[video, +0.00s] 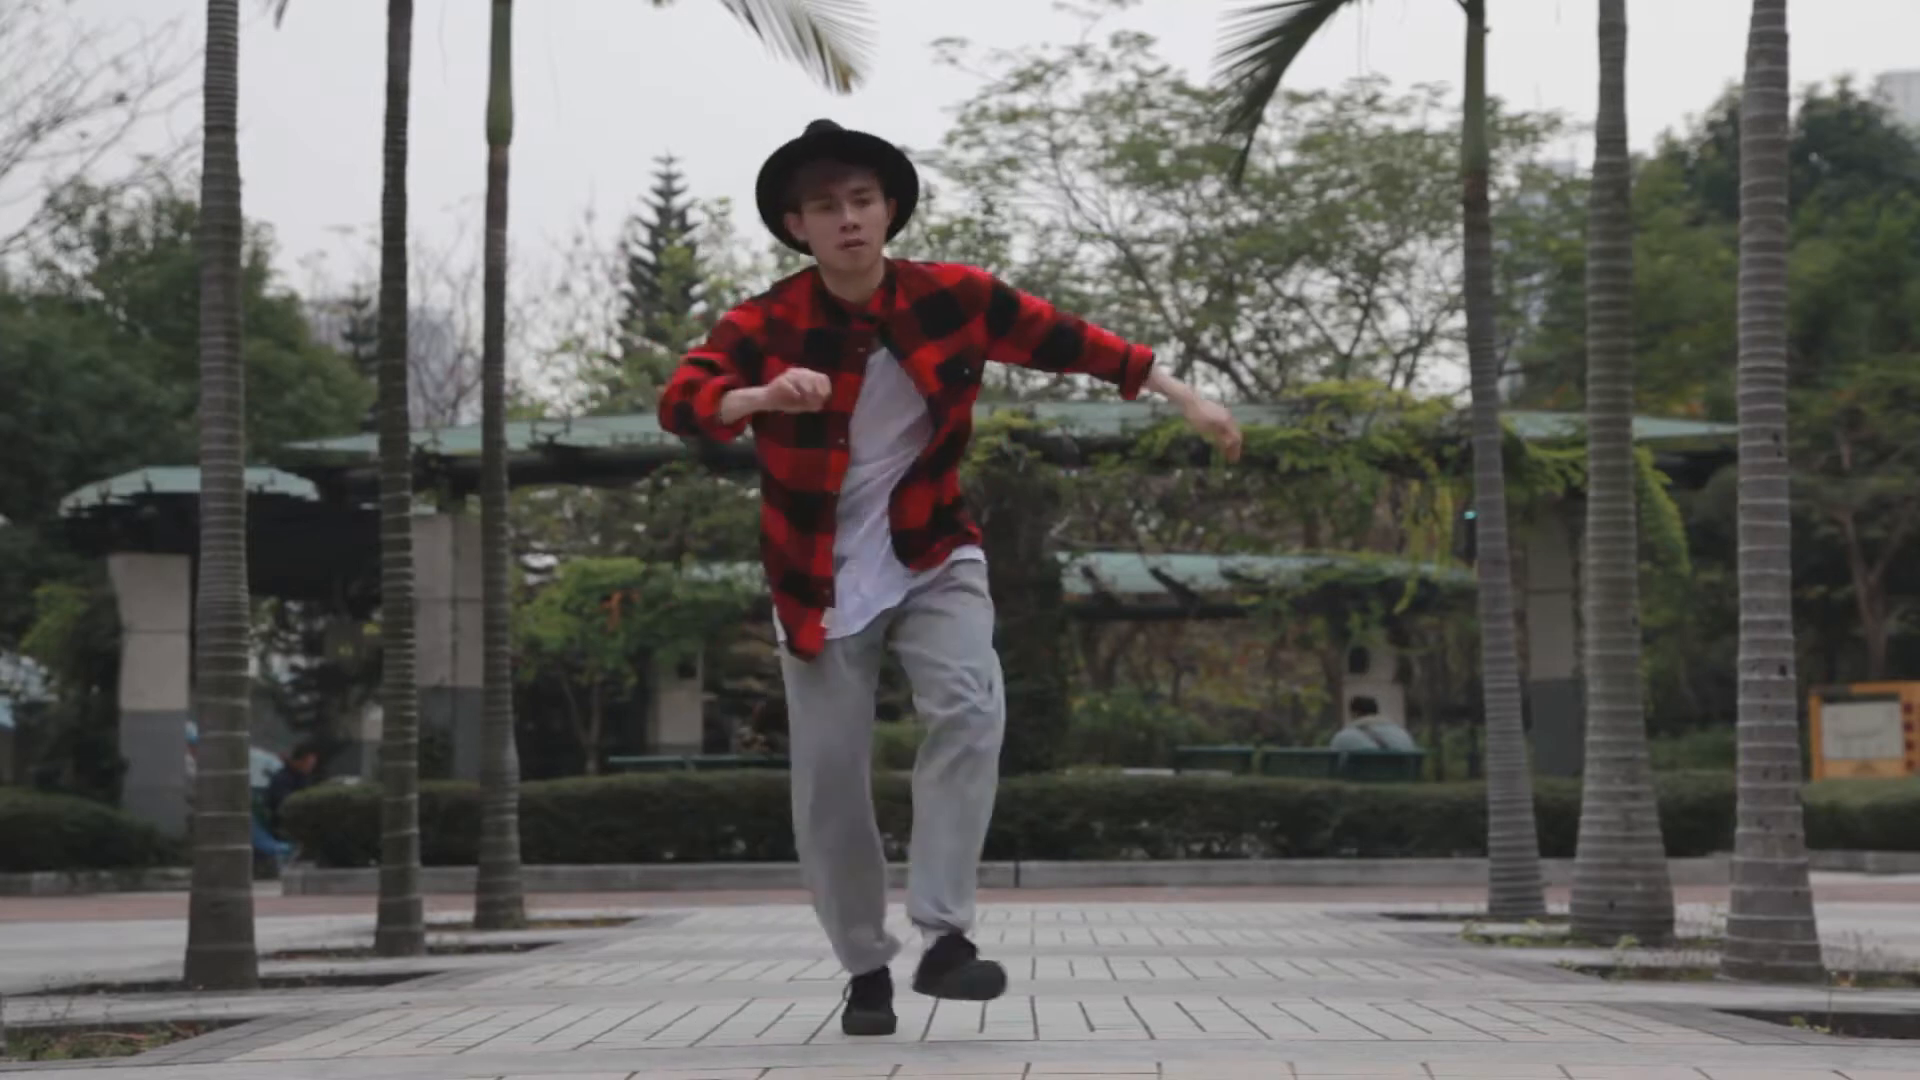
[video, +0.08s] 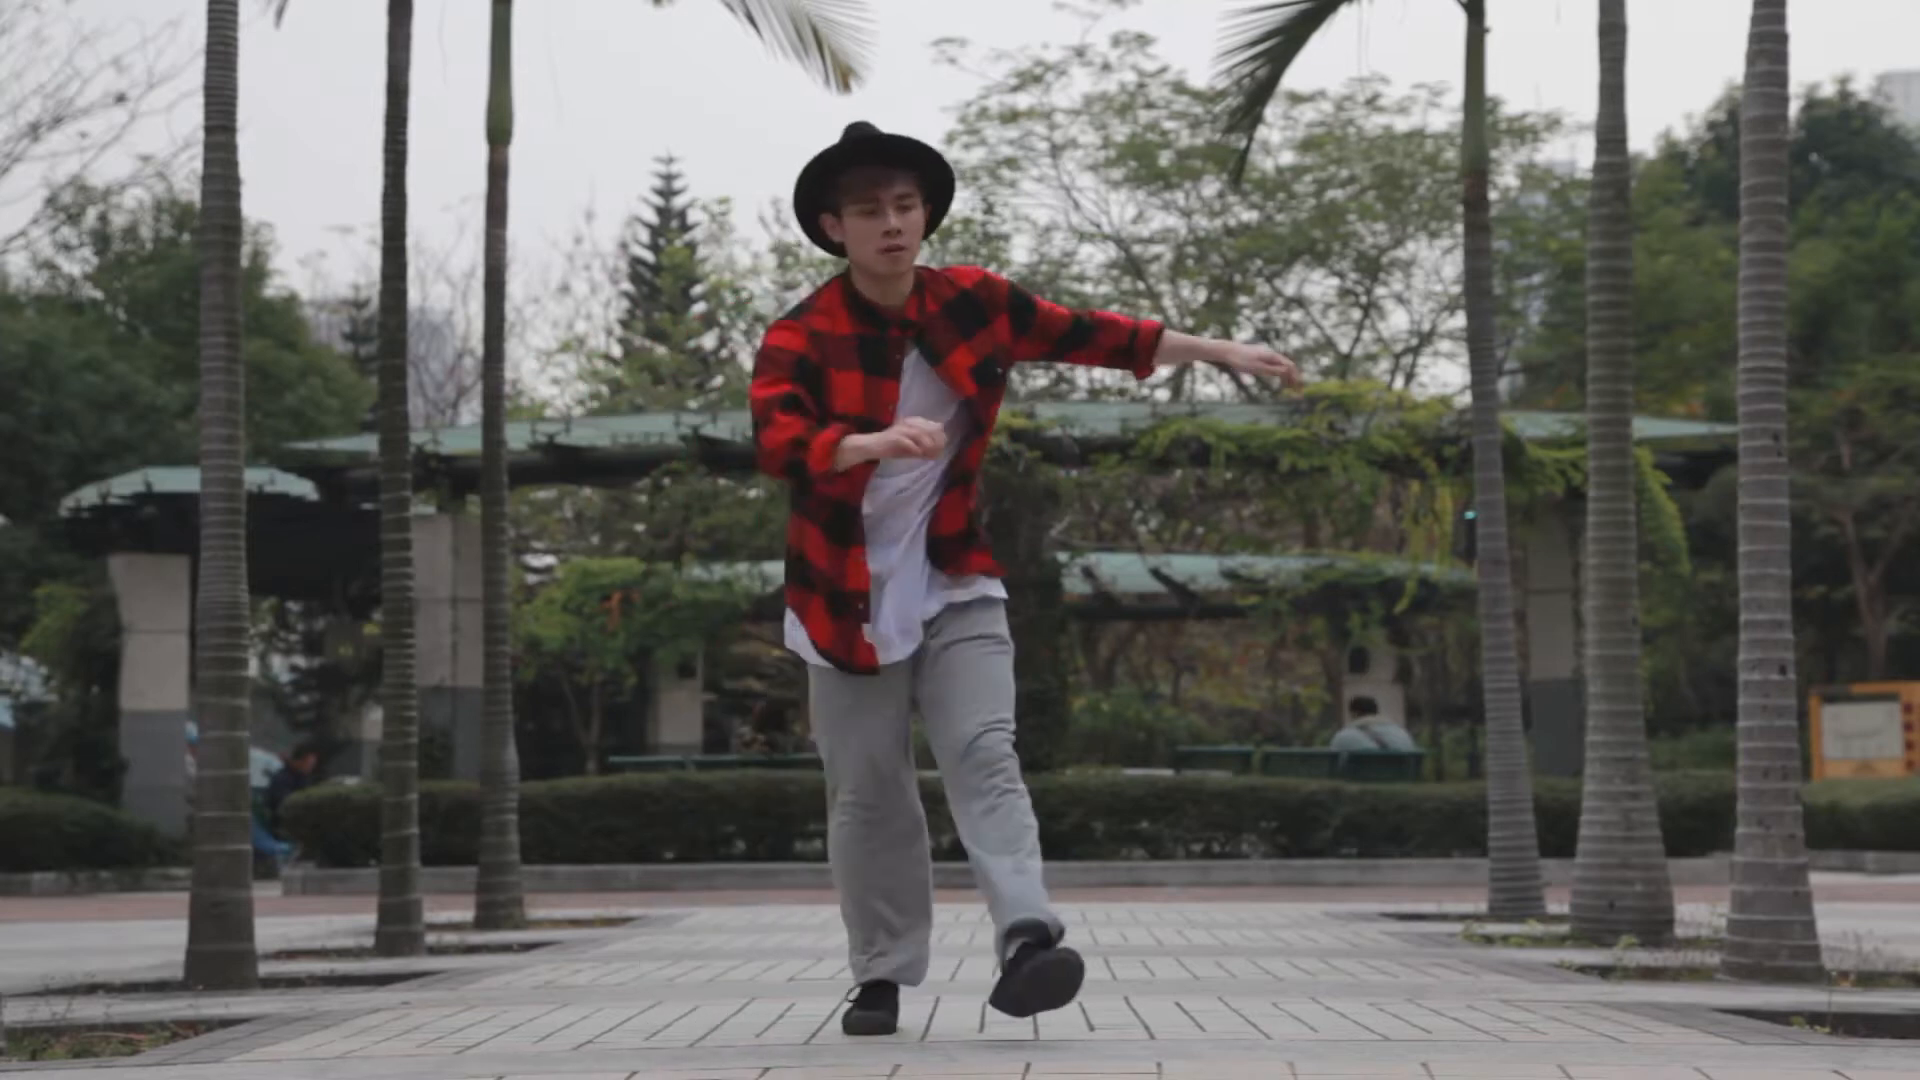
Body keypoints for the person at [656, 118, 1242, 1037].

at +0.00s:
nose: (848, 218)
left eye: (863, 198)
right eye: (825, 205)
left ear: (893, 211)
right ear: (798, 230)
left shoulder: (953, 297)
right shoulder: (764, 325)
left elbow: (1061, 339)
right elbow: (680, 400)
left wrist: (1177, 390)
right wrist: (754, 398)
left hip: (930, 549)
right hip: (819, 571)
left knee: (969, 710)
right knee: (829, 768)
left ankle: (944, 940)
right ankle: (865, 969)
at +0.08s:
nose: (892, 223)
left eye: (906, 204)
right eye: (867, 207)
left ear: (927, 216)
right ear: (832, 228)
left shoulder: (974, 301)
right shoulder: (797, 339)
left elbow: (1085, 333)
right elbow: (781, 445)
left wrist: (1210, 349)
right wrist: (874, 442)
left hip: (956, 582)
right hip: (846, 600)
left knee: (985, 750)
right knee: (866, 793)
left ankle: (1027, 941)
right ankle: (878, 973)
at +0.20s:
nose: (953, 223)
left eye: (966, 203)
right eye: (929, 205)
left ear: (984, 215)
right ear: (887, 223)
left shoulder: (1021, 306)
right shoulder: (859, 344)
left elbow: (1109, 394)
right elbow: (881, 477)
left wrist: (1205, 401)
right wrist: (1001, 479)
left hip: (1007, 597)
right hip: (896, 606)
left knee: (1041, 763)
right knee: (892, 771)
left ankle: (1006, 963)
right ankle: (875, 951)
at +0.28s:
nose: (988, 231)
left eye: (1001, 212)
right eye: (964, 215)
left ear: (1021, 226)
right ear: (924, 234)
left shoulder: (1056, 324)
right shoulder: (899, 354)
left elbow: (1099, 430)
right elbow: (944, 489)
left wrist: (1144, 469)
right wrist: (1066, 456)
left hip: (1034, 606)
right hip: (928, 606)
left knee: (1049, 800)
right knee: (901, 781)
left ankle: (990, 976)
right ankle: (912, 965)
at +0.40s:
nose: (1028, 242)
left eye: (1042, 222)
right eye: (1005, 229)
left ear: (1069, 235)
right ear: (973, 252)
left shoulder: (1114, 331)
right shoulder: (953, 342)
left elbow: (1113, 437)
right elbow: (1028, 445)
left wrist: (1103, 481)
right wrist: (1161, 424)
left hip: (1061, 587)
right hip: (955, 581)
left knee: (1091, 766)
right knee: (967, 718)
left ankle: (1009, 952)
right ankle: (986, 899)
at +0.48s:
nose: (1053, 255)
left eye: (1066, 233)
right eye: (1029, 245)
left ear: (1098, 246)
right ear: (1006, 271)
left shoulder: (1132, 329)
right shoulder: (997, 350)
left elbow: (1183, 343)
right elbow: (1089, 442)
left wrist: (1157, 428)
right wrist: (1208, 480)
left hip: (1070, 589)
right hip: (966, 572)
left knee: (1149, 739)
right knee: (1018, 676)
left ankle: (1047, 923)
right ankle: (962, 891)